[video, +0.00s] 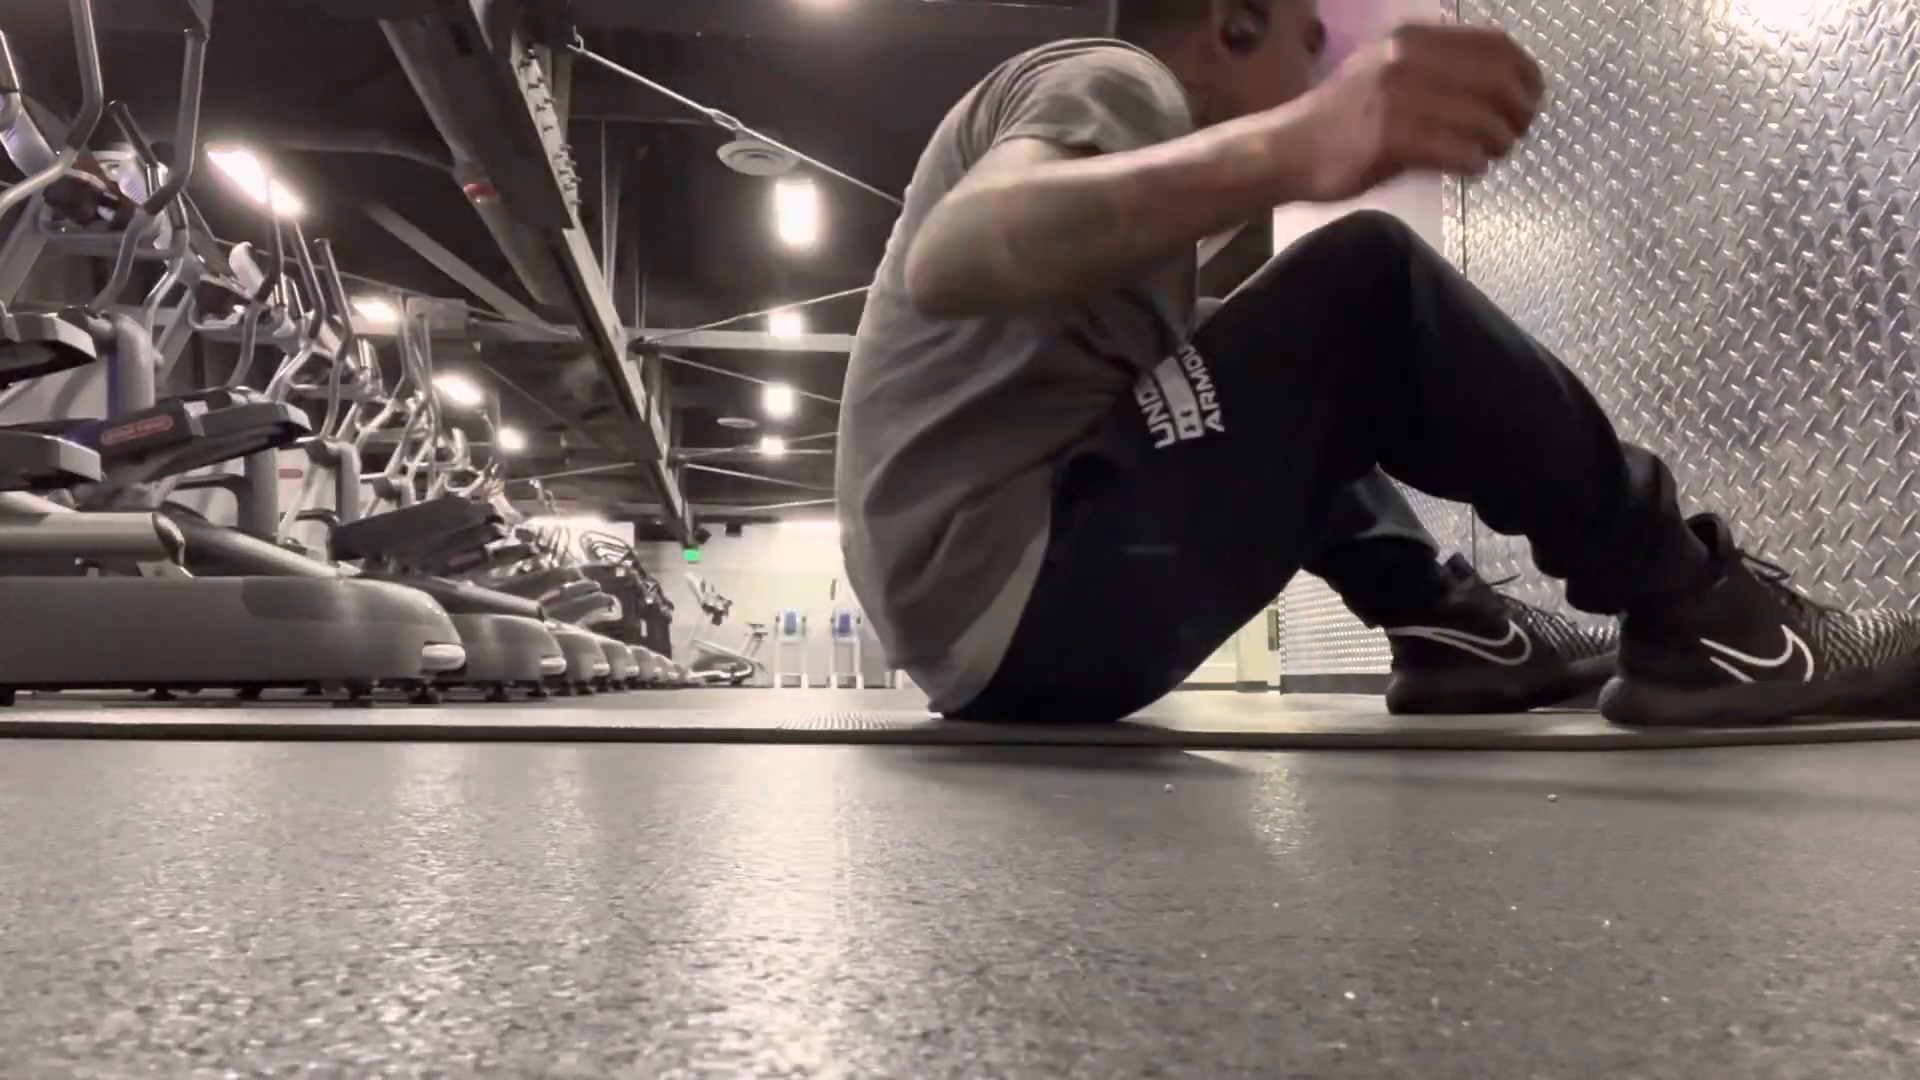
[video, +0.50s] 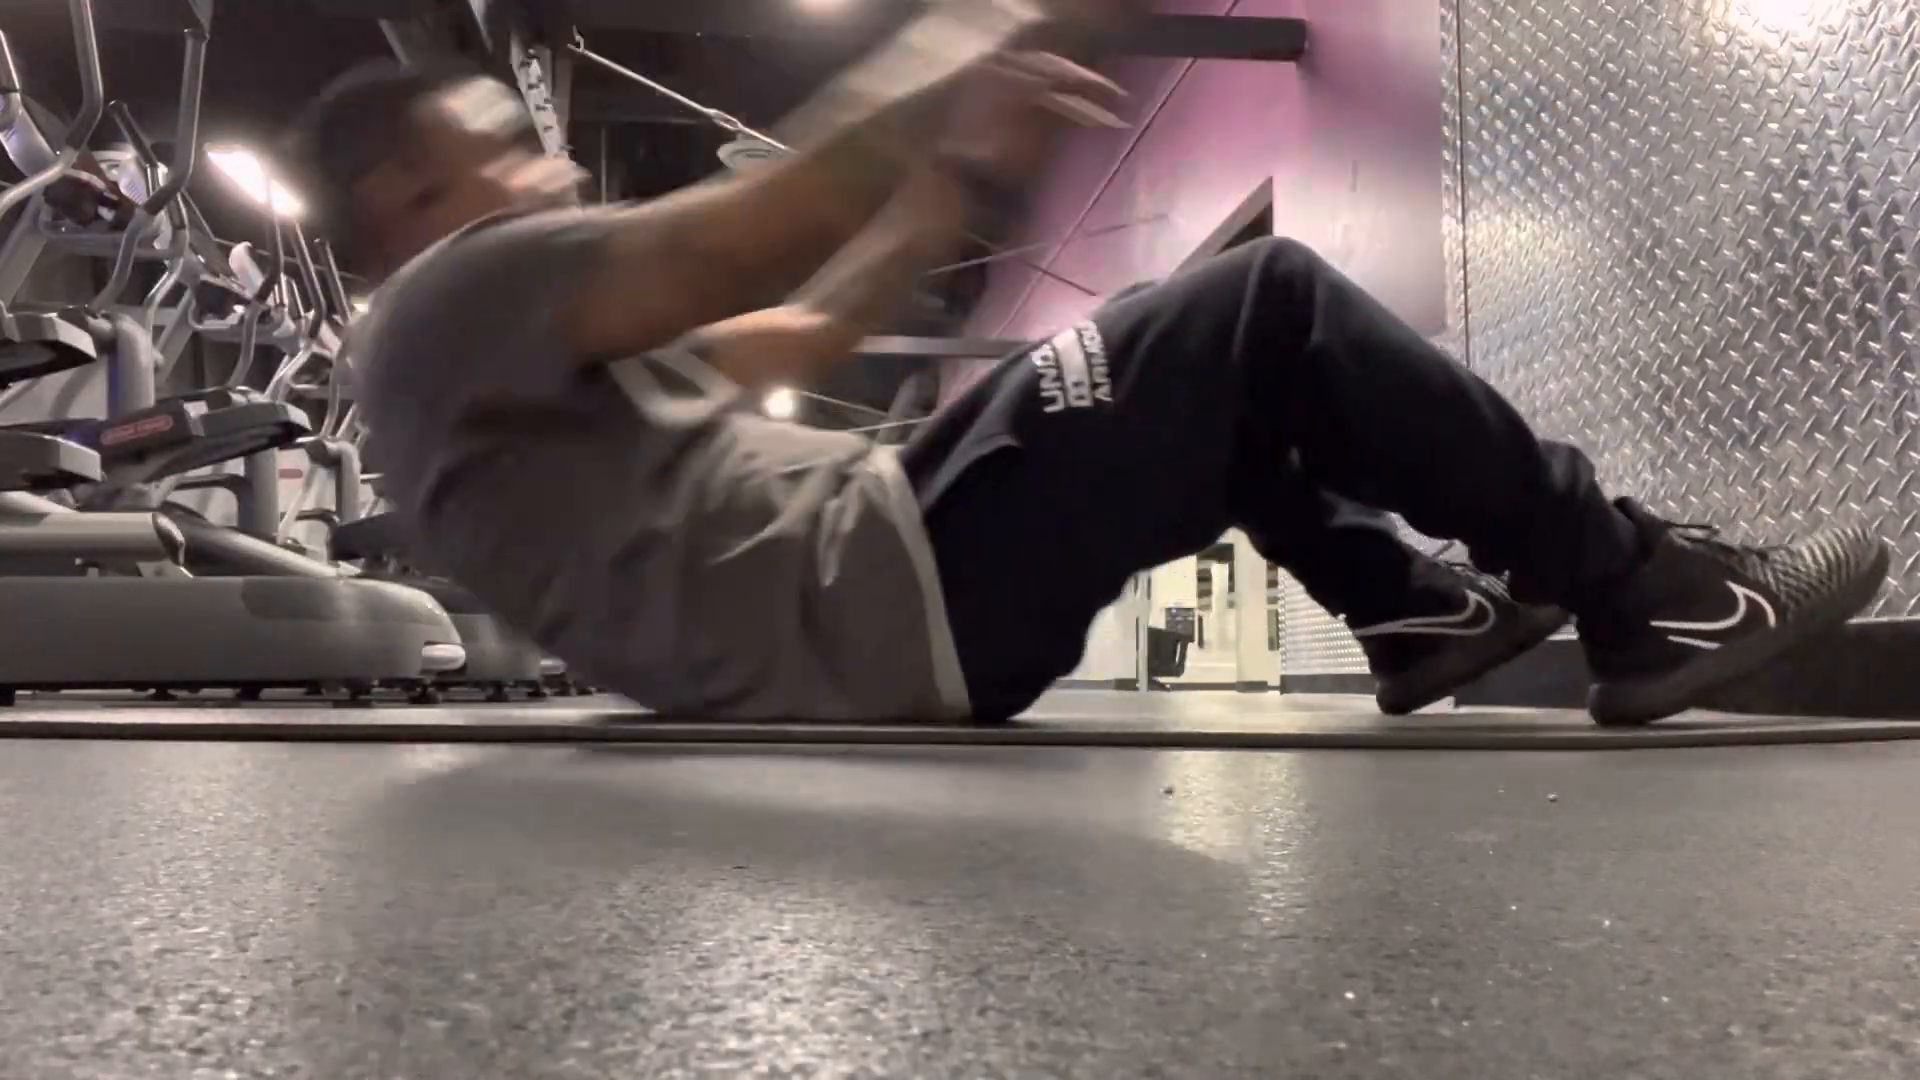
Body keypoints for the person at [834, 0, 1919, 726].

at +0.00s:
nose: (1320, 88)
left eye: (1326, 64)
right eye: (1314, 56)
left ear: (1226, 31)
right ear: (1236, 30)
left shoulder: (1132, 138)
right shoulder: (1111, 88)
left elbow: (1229, 307)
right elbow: (947, 262)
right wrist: (1281, 154)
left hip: (1012, 623)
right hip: (1038, 618)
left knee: (1272, 346)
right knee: (1364, 275)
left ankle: (1452, 624)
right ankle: (1703, 608)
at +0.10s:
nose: (1247, 53)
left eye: (1245, 30)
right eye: (1230, 21)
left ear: (1122, 20)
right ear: (1139, 6)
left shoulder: (1018, 114)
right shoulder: (1036, 83)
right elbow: (1004, 288)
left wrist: (1370, 210)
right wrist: (1381, 183)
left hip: (1023, 617)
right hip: (1035, 624)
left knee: (1266, 325)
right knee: (1349, 285)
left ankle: (1452, 624)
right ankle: (1699, 609)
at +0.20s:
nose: (1077, 46)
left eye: (1074, 26)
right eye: (1057, 16)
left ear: (943, 15)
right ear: (976, 3)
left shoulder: (893, 117)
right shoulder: (898, 102)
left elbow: (1084, 335)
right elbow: (1079, 314)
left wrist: (1276, 274)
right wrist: (1458, 214)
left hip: (996, 597)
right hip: (1008, 619)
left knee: (1274, 309)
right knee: (1349, 317)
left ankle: (1446, 626)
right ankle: (1691, 610)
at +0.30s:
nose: (886, 51)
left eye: (872, 30)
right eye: (856, 24)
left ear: (743, 45)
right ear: (767, 28)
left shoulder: (760, 186)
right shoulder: (742, 154)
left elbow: (1017, 392)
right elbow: (1123, 281)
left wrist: (1256, 287)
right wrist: (1413, 220)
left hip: (977, 578)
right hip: (965, 624)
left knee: (1253, 321)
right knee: (1327, 336)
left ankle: (1459, 628)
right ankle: (1679, 612)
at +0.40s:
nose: (710, 100)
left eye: (696, 69)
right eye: (673, 70)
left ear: (547, 105)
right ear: (569, 90)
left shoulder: (603, 253)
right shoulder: (587, 211)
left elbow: (927, 336)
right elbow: (949, 219)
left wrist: (1157, 236)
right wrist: (1244, 158)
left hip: (924, 581)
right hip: (935, 611)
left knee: (1207, 323)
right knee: (1280, 301)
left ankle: (1437, 619)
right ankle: (1665, 600)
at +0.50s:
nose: (538, 170)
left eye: (524, 143)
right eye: (487, 158)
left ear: (502, 164)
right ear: (386, 220)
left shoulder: (526, 348)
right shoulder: (430, 319)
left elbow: (792, 344)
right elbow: (727, 244)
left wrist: (943, 177)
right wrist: (942, 76)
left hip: (890, 536)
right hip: (889, 595)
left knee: (1187, 333)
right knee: (1261, 299)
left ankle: (1417, 615)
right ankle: (1652, 594)